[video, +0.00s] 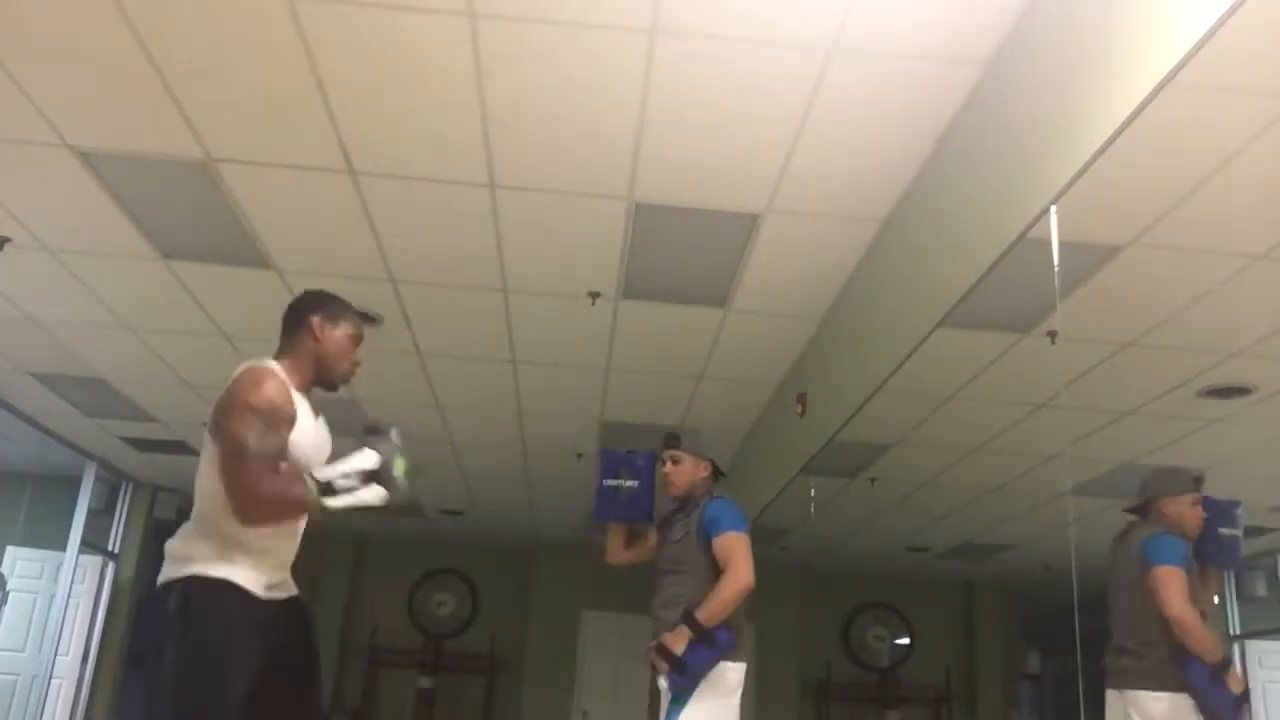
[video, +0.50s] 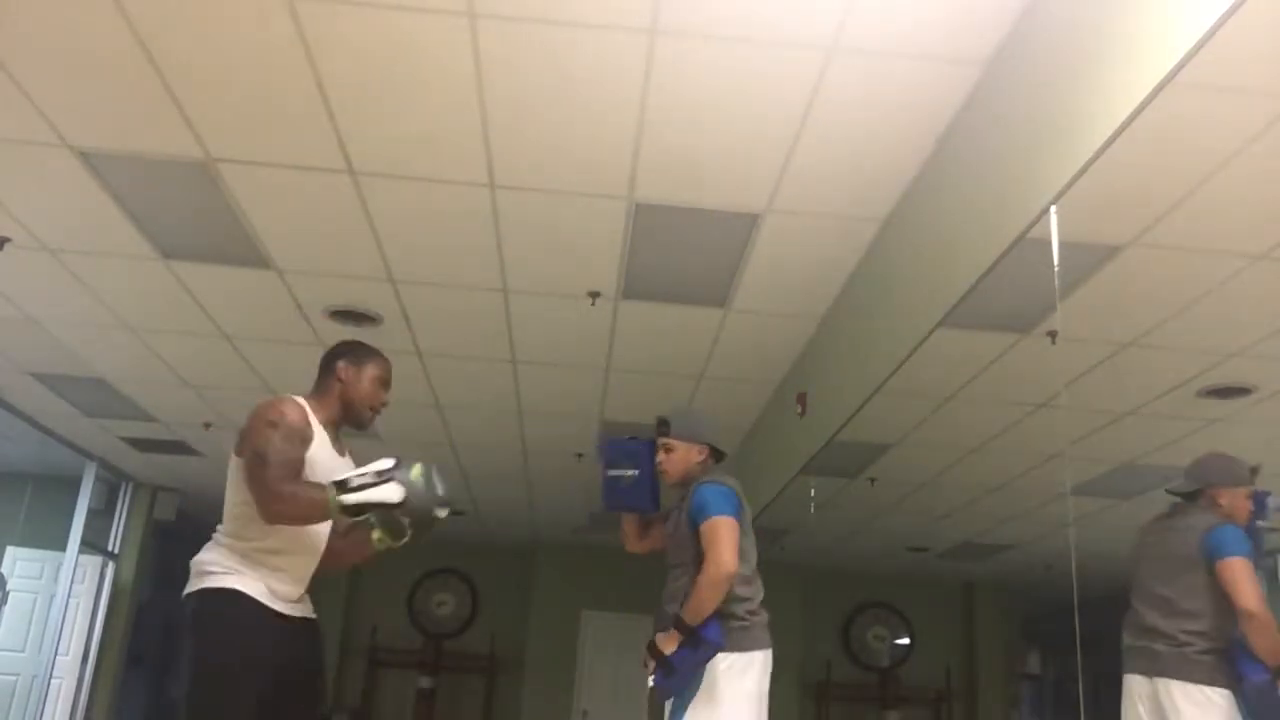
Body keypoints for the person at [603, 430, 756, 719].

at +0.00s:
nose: (666, 469)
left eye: (676, 461)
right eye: (664, 463)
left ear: (704, 469)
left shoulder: (718, 510)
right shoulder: (676, 520)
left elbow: (740, 578)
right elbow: (617, 554)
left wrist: (683, 633)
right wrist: (618, 490)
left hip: (709, 660)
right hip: (679, 659)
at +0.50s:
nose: (658, 459)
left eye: (668, 450)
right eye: (659, 450)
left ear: (700, 453)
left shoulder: (711, 492)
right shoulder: (692, 501)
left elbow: (721, 568)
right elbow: (637, 541)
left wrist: (676, 632)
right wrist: (630, 475)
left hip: (727, 655)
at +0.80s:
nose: (703, 466)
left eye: (712, 456)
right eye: (704, 457)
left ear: (744, 458)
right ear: (744, 460)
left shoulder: (753, 498)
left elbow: (764, 564)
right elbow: (691, 552)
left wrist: (703, 590)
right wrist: (684, 489)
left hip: (757, 658)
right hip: (792, 658)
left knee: (704, 712)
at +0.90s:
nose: (713, 464)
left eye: (722, 454)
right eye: (713, 455)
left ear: (752, 455)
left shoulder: (765, 488)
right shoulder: (782, 489)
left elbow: (763, 542)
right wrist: (688, 495)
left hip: (766, 651)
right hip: (803, 652)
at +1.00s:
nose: (723, 457)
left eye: (730, 448)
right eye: (723, 449)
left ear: (757, 452)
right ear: (756, 453)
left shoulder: (775, 484)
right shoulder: (793, 487)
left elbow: (741, 517)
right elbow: (709, 544)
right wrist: (703, 476)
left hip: (769, 647)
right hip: (808, 648)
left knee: (725, 712)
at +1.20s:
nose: (720, 455)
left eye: (724, 445)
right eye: (720, 445)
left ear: (749, 445)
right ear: (757, 445)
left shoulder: (762, 479)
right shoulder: (799, 482)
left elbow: (698, 491)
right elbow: (719, 540)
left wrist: (710, 438)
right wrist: (698, 466)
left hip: (767, 650)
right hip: (815, 647)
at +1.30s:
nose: (710, 454)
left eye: (714, 442)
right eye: (710, 443)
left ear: (741, 441)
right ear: (750, 441)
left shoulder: (751, 475)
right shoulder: (800, 479)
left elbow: (684, 490)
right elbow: (722, 541)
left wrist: (696, 437)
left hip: (764, 641)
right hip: (821, 639)